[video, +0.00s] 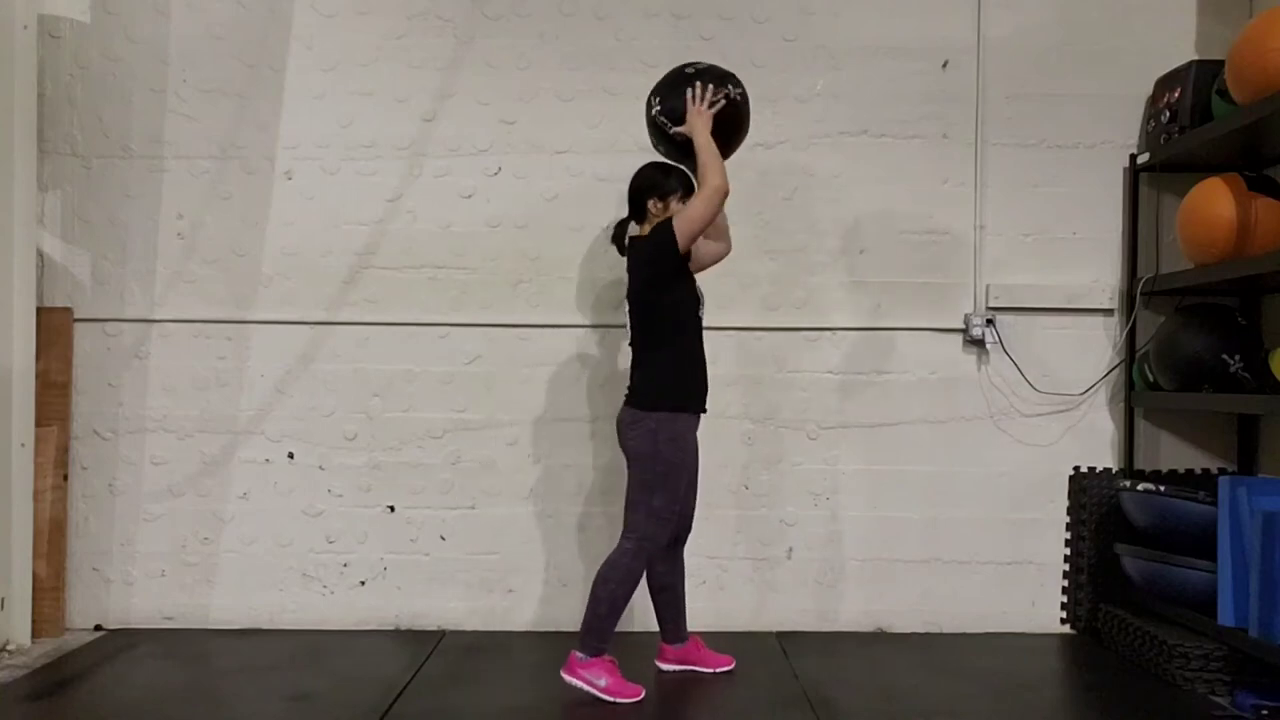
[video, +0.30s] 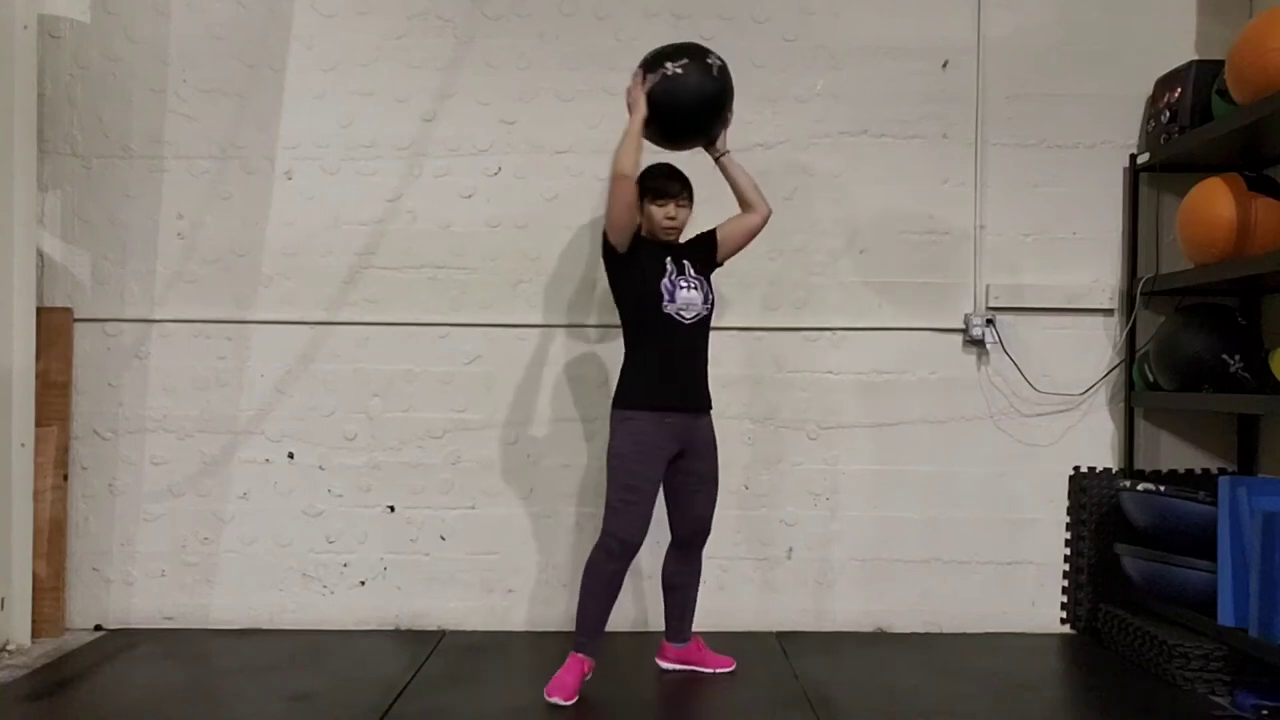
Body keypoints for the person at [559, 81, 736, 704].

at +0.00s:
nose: (696, 210)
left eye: (693, 202)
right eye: (690, 200)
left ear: (654, 207)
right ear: (669, 203)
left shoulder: (665, 256)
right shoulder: (653, 250)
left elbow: (718, 245)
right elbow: (714, 191)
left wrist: (711, 174)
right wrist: (700, 131)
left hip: (674, 420)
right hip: (656, 420)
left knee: (671, 535)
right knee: (641, 539)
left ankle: (676, 644)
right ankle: (587, 655)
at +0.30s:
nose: (672, 209)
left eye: (681, 202)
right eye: (662, 200)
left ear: (690, 209)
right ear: (642, 206)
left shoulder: (698, 256)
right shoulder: (627, 254)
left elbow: (757, 212)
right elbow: (622, 184)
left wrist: (719, 150)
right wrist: (637, 119)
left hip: (695, 424)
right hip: (640, 423)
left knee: (690, 538)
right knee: (621, 539)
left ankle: (679, 643)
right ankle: (582, 654)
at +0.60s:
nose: (610, 218)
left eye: (620, 208)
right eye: (606, 210)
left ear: (646, 210)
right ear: (599, 217)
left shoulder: (677, 253)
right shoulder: (596, 264)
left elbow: (700, 182)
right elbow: (550, 200)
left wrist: (676, 118)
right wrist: (576, 126)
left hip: (671, 427)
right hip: (609, 427)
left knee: (693, 536)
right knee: (576, 540)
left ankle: (730, 623)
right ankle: (574, 657)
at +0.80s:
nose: (595, 238)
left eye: (604, 227)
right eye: (589, 228)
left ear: (626, 228)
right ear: (578, 235)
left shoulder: (650, 275)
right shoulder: (589, 281)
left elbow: (614, 228)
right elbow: (531, 242)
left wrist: (589, 141)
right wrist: (528, 169)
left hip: (666, 447)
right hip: (611, 447)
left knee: (687, 558)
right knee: (566, 544)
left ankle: (752, 621)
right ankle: (573, 658)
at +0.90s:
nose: (580, 268)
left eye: (588, 257)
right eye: (575, 260)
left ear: (619, 252)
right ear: (575, 260)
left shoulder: (644, 302)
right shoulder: (589, 303)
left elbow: (585, 317)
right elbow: (521, 330)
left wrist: (537, 256)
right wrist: (499, 276)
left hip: (672, 465)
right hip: (620, 463)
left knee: (682, 582)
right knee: (565, 543)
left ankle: (753, 622)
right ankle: (574, 659)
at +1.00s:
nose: (562, 300)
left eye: (571, 289)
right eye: (557, 290)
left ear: (602, 288)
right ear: (557, 293)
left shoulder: (633, 348)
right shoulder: (569, 354)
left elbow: (607, 429)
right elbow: (551, 429)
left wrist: (541, 459)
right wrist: (507, 451)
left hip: (675, 486)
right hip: (622, 482)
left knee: (679, 606)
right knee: (564, 549)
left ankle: (750, 622)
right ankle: (574, 661)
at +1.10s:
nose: (544, 328)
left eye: (553, 317)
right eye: (541, 318)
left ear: (586, 317)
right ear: (545, 321)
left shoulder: (620, 378)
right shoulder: (559, 383)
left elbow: (629, 473)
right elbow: (564, 456)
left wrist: (612, 554)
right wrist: (548, 531)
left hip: (671, 501)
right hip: (616, 494)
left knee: (679, 625)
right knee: (558, 551)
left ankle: (746, 621)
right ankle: (573, 663)